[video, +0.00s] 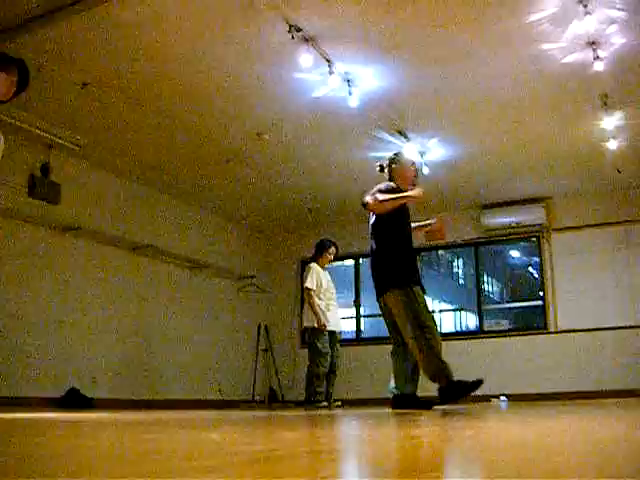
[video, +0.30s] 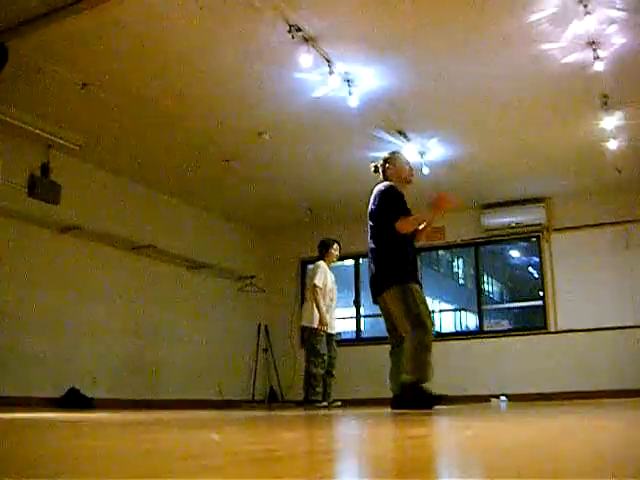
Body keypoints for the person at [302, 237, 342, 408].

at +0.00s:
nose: (331, 258)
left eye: (333, 255)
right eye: (329, 253)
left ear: (332, 256)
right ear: (320, 252)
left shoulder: (324, 272)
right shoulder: (313, 268)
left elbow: (326, 297)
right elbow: (309, 293)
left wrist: (333, 319)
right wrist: (319, 317)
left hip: (332, 323)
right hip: (319, 323)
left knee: (332, 363)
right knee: (320, 362)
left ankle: (328, 396)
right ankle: (314, 396)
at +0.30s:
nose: (337, 253)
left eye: (337, 250)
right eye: (334, 250)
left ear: (334, 253)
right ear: (326, 251)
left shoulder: (328, 271)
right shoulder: (320, 267)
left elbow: (325, 295)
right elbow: (316, 290)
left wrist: (330, 319)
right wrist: (322, 316)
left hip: (328, 324)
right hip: (316, 324)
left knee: (330, 361)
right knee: (318, 361)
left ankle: (327, 396)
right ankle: (313, 397)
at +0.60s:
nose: (342, 255)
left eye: (343, 252)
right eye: (339, 251)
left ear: (345, 256)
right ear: (330, 253)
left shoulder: (334, 274)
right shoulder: (325, 269)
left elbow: (326, 299)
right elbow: (319, 296)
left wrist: (326, 324)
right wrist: (323, 324)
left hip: (319, 321)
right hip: (309, 320)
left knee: (322, 360)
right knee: (312, 360)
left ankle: (321, 396)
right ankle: (310, 397)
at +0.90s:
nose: (341, 255)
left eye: (343, 252)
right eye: (338, 251)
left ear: (345, 256)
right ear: (330, 253)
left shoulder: (337, 277)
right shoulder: (320, 270)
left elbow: (339, 299)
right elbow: (318, 295)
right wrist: (329, 322)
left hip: (326, 320)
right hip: (311, 318)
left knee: (325, 360)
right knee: (312, 359)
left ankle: (322, 396)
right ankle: (310, 396)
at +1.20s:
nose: (344, 253)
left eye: (345, 250)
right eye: (341, 250)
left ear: (345, 254)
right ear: (332, 252)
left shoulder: (340, 275)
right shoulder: (322, 269)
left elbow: (335, 297)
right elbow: (307, 285)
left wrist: (344, 307)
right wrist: (304, 307)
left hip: (328, 320)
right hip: (314, 318)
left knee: (328, 359)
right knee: (316, 356)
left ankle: (324, 395)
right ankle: (309, 395)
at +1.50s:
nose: (344, 253)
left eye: (346, 251)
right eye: (340, 250)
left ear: (347, 255)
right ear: (332, 253)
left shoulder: (342, 280)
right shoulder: (322, 269)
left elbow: (338, 304)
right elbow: (306, 291)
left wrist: (351, 292)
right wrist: (298, 313)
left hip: (329, 324)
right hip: (315, 320)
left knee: (338, 356)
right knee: (329, 356)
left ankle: (323, 395)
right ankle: (321, 397)